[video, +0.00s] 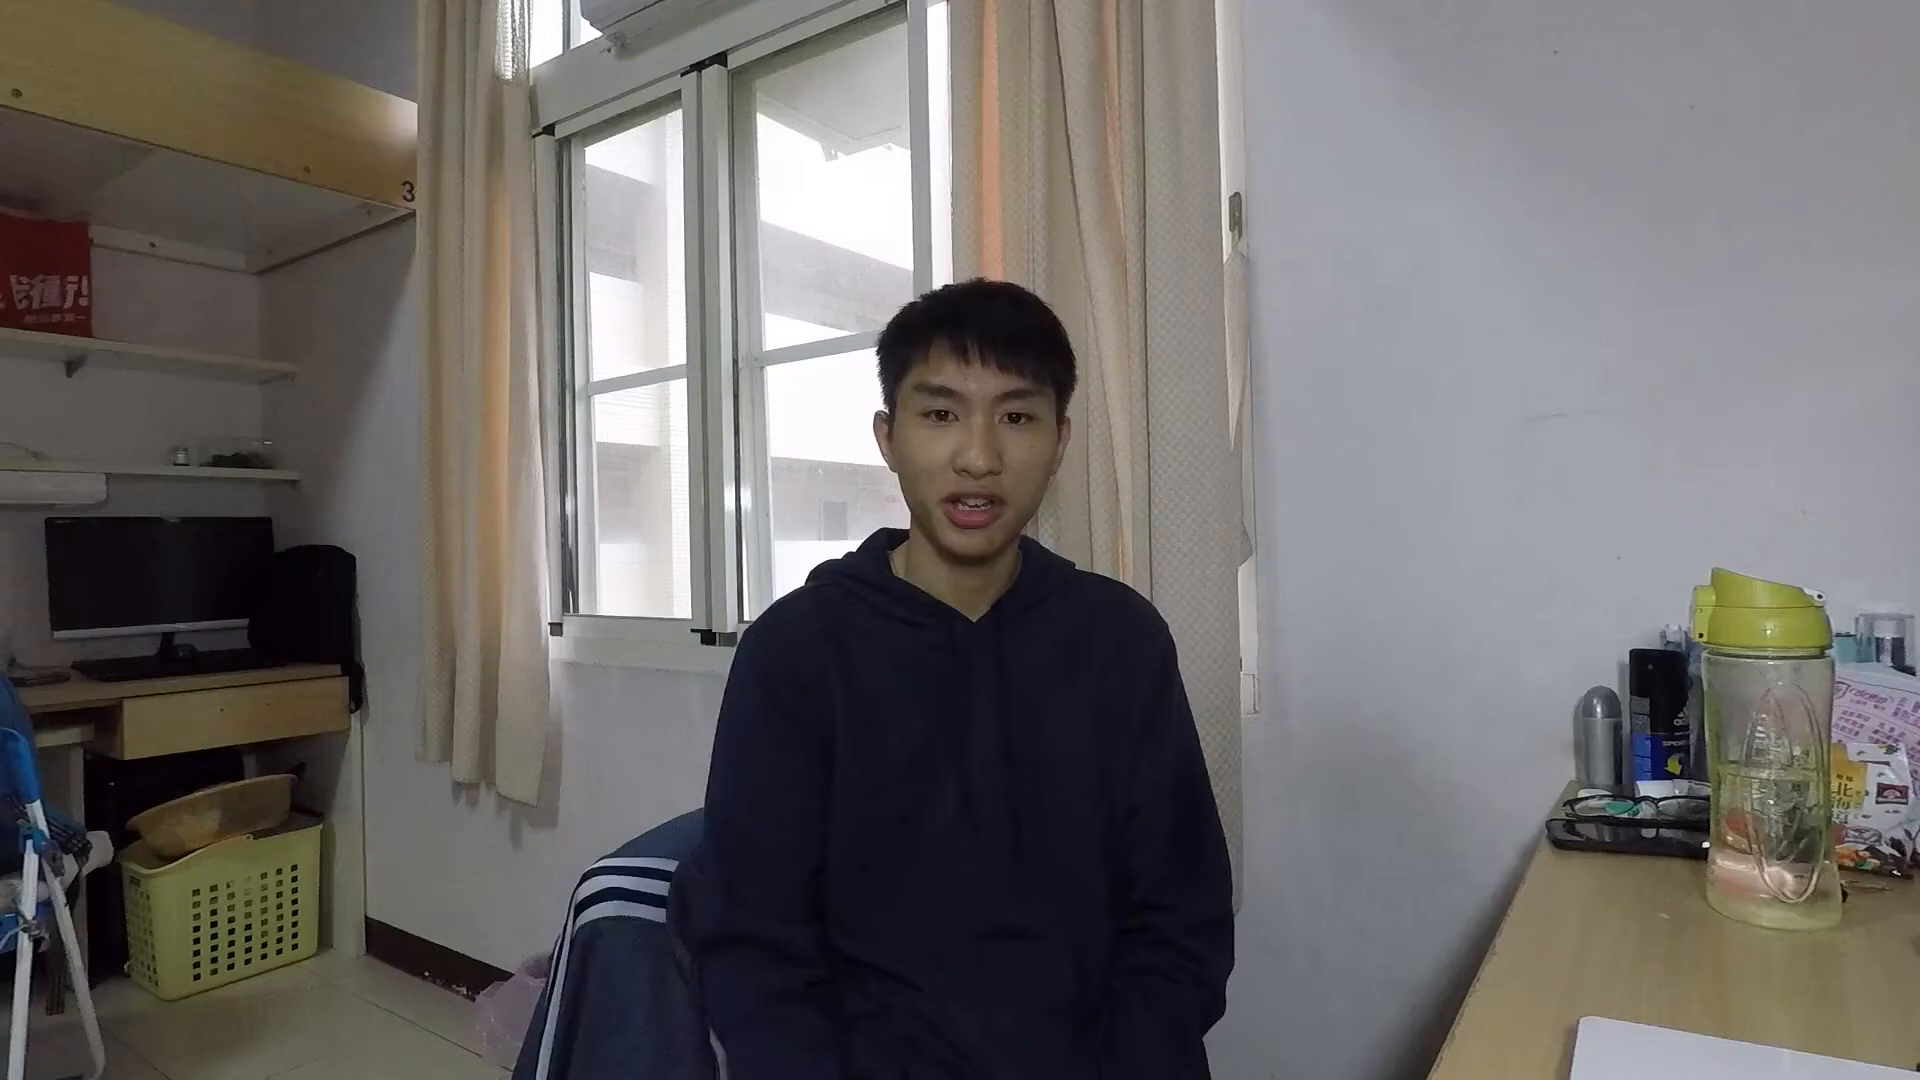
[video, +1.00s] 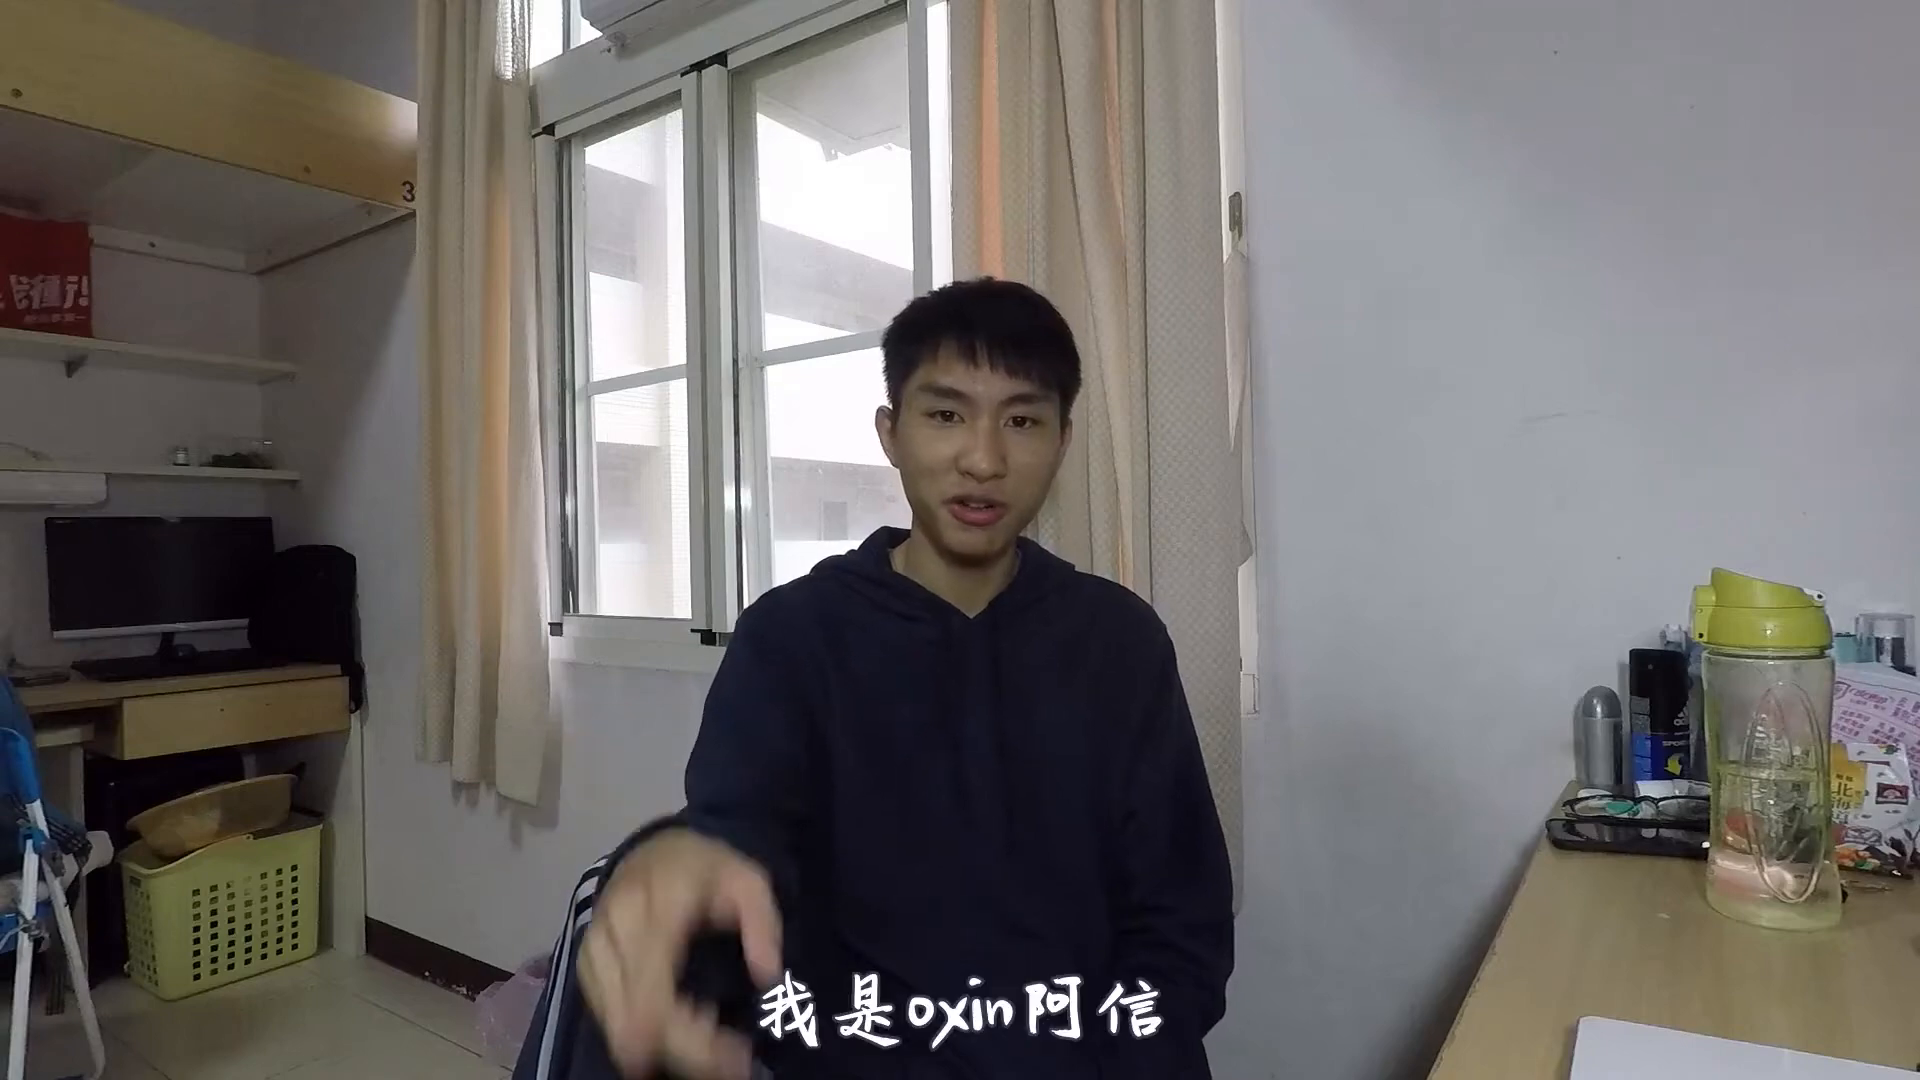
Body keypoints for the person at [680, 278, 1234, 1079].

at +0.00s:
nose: (977, 457)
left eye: (1016, 417)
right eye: (938, 415)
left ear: (1059, 443)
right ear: (888, 439)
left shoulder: (1124, 640)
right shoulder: (794, 648)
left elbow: (1185, 918)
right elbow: (748, 940)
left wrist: (1138, 1060)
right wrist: (795, 1064)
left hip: (1081, 1044)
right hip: (865, 1048)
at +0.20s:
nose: (985, 457)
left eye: (1021, 420)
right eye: (946, 415)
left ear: (1060, 442)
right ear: (889, 436)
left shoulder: (1121, 638)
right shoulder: (789, 641)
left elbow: (1185, 914)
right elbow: (741, 903)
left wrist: (1142, 1054)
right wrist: (725, 1030)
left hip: (1078, 1040)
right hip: (858, 1043)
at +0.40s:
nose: (982, 459)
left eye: (1022, 422)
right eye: (946, 415)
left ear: (1062, 443)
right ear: (889, 432)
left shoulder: (1121, 642)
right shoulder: (788, 637)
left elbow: (1183, 928)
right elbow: (742, 970)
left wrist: (1135, 1054)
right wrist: (682, 870)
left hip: (1071, 1049)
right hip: (852, 1050)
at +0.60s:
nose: (984, 457)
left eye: (1024, 419)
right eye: (949, 412)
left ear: (1064, 444)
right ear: (893, 432)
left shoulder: (1121, 642)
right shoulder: (790, 638)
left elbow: (1184, 929)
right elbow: (737, 955)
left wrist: (1127, 1049)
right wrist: (653, 848)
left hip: (1069, 1043)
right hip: (847, 1046)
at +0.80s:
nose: (981, 458)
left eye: (1019, 421)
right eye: (945, 414)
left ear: (1060, 441)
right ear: (890, 430)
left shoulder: (1121, 641)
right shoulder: (788, 637)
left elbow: (1185, 921)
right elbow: (723, 955)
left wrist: (1127, 1052)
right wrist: (655, 845)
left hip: (1075, 1049)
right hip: (853, 1051)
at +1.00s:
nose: (982, 460)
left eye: (1020, 423)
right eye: (946, 416)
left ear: (1061, 441)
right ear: (891, 431)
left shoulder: (1121, 641)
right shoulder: (790, 637)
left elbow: (1186, 924)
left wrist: (1132, 1049)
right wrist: (675, 853)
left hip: (1073, 1047)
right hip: (852, 1051)